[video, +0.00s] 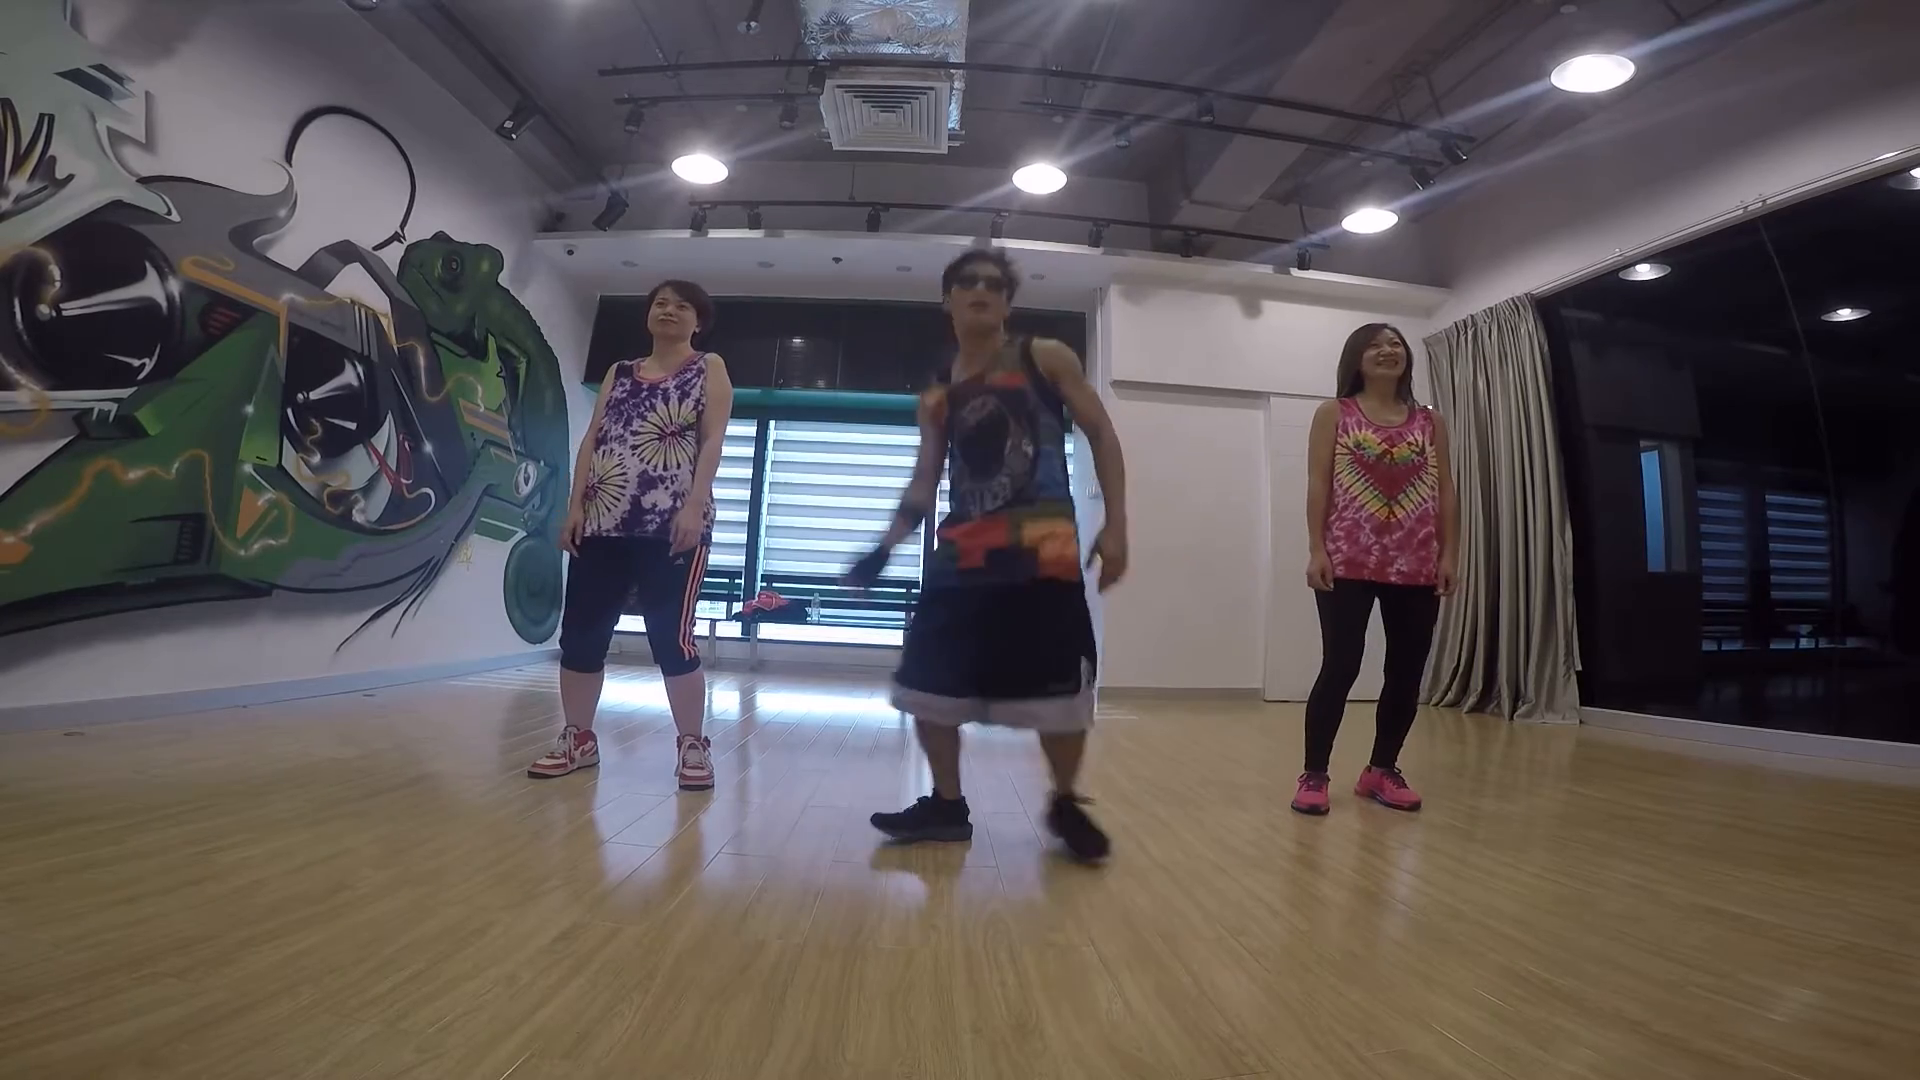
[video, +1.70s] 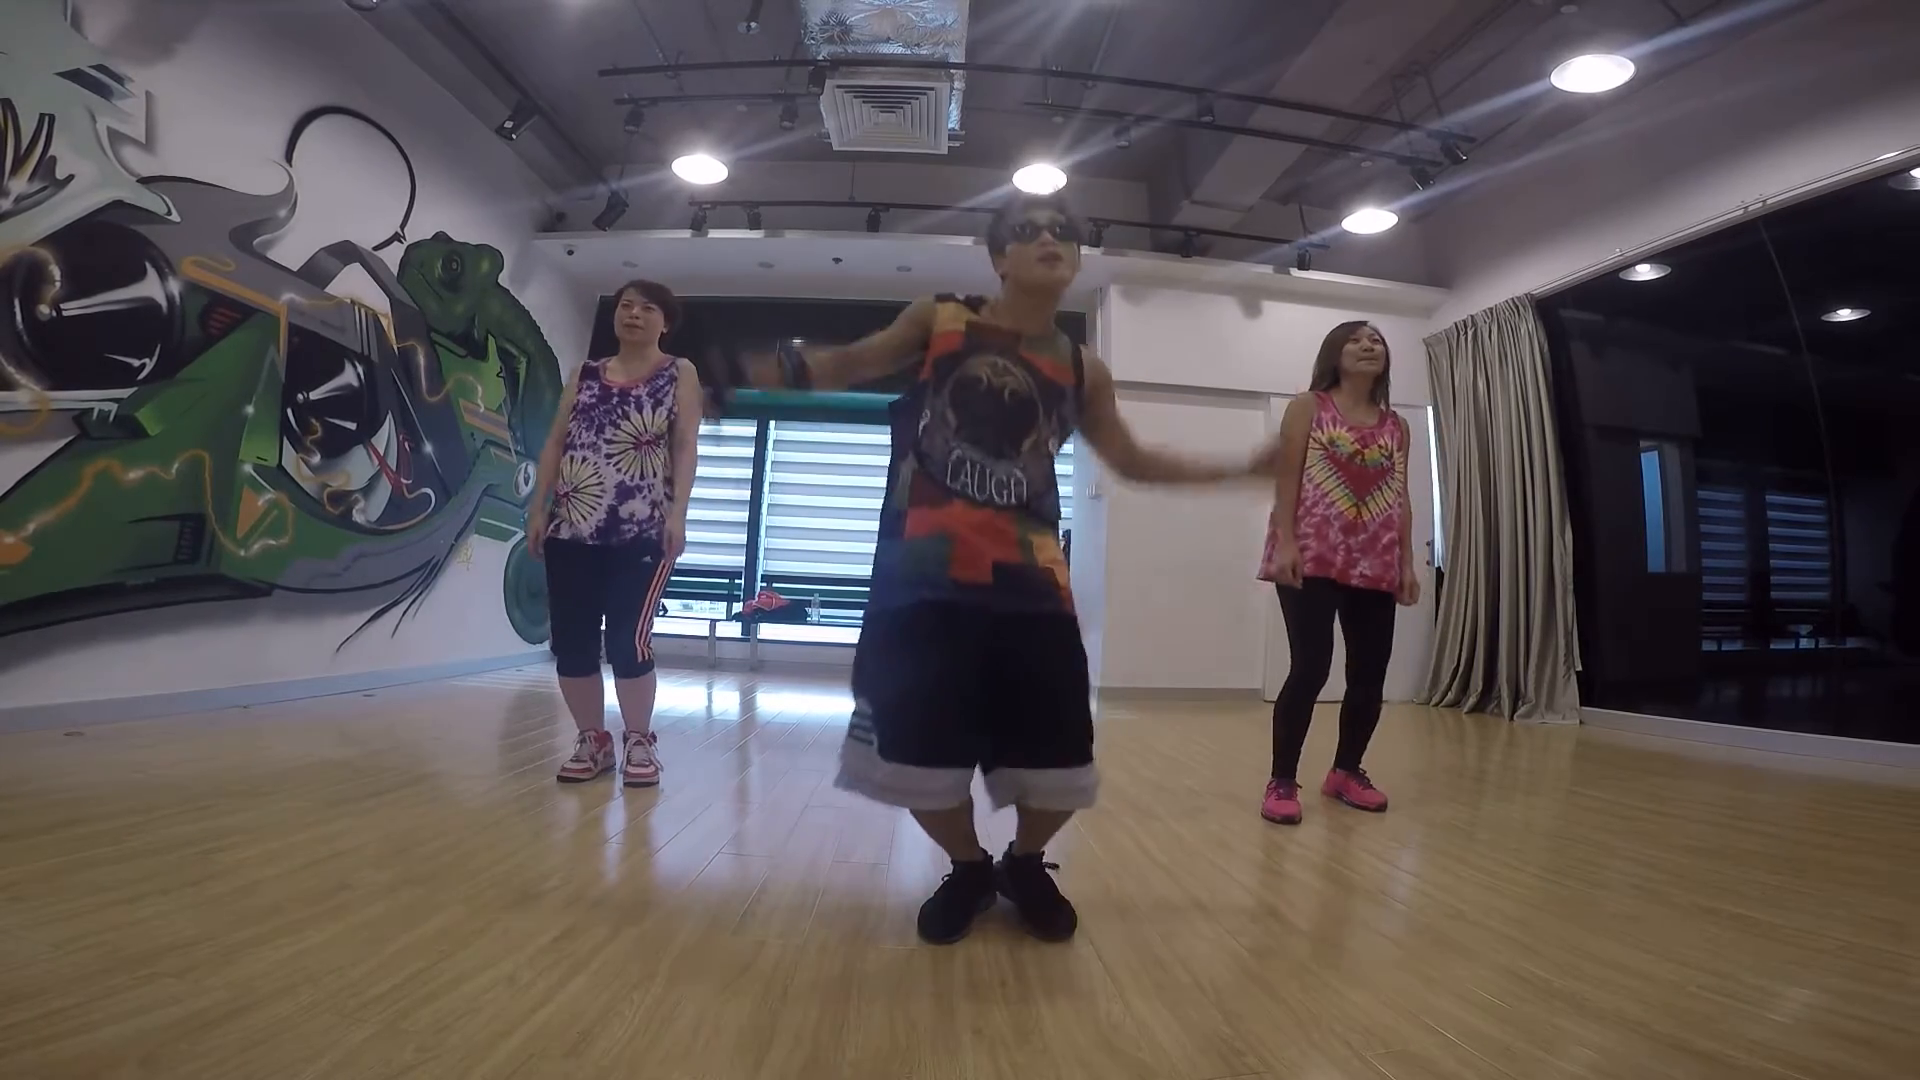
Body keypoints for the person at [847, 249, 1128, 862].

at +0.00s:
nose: (980, 294)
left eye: (992, 286)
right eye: (967, 284)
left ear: (1009, 301)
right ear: (947, 299)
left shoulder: (1047, 358)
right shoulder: (939, 397)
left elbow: (1102, 435)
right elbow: (922, 486)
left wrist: (1116, 524)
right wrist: (883, 547)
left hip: (1045, 555)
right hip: (963, 558)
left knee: (1064, 687)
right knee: (928, 685)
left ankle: (1066, 803)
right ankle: (946, 803)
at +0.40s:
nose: (1072, 323)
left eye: (1087, 315)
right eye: (1056, 312)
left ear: (1100, 337)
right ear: (1028, 329)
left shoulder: (1095, 433)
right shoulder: (972, 399)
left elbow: (1070, 520)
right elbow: (924, 489)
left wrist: (1054, 592)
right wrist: (952, 586)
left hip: (1038, 593)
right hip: (960, 586)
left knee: (1059, 726)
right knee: (957, 729)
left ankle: (1013, 835)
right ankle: (960, 809)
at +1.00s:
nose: (979, 260)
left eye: (996, 252)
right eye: (963, 249)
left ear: (1017, 275)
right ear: (940, 273)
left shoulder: (1063, 343)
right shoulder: (934, 379)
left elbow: (1139, 438)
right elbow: (938, 481)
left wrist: (1159, 549)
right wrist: (964, 531)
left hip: (1076, 568)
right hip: (985, 563)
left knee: (1059, 746)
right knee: (970, 718)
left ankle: (1015, 830)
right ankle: (973, 862)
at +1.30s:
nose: (984, 251)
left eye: (999, 240)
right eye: (966, 238)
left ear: (1018, 259)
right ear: (939, 259)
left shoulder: (1059, 337)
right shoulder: (913, 368)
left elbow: (1130, 432)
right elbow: (896, 469)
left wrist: (1218, 491)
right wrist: (860, 503)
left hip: (1054, 570)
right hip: (956, 570)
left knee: (1073, 742)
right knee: (937, 744)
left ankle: (1025, 813)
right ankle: (972, 866)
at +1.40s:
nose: (1012, 229)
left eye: (1025, 219)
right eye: (993, 217)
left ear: (1038, 241)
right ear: (959, 236)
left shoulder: (1069, 328)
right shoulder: (913, 334)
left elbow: (1158, 406)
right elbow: (858, 413)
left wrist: (1273, 442)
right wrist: (810, 431)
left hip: (1047, 561)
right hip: (942, 565)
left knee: (1086, 732)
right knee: (930, 744)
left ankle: (1028, 807)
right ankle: (970, 866)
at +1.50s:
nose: (1027, 232)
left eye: (1041, 220)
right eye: (1009, 217)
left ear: (1053, 237)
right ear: (974, 228)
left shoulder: (1073, 331)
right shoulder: (915, 317)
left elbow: (1166, 398)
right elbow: (831, 369)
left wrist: (1275, 419)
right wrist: (755, 373)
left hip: (1044, 558)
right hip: (938, 560)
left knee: (1089, 723)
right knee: (924, 739)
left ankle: (1026, 821)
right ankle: (966, 867)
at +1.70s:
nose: (1049, 244)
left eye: (1062, 235)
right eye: (1029, 234)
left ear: (1077, 262)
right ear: (996, 257)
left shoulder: (1081, 367)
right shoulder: (939, 321)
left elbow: (1135, 462)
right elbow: (844, 361)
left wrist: (1246, 466)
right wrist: (763, 369)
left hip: (1031, 586)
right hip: (925, 580)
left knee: (1060, 767)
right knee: (913, 761)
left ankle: (1025, 864)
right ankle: (969, 867)